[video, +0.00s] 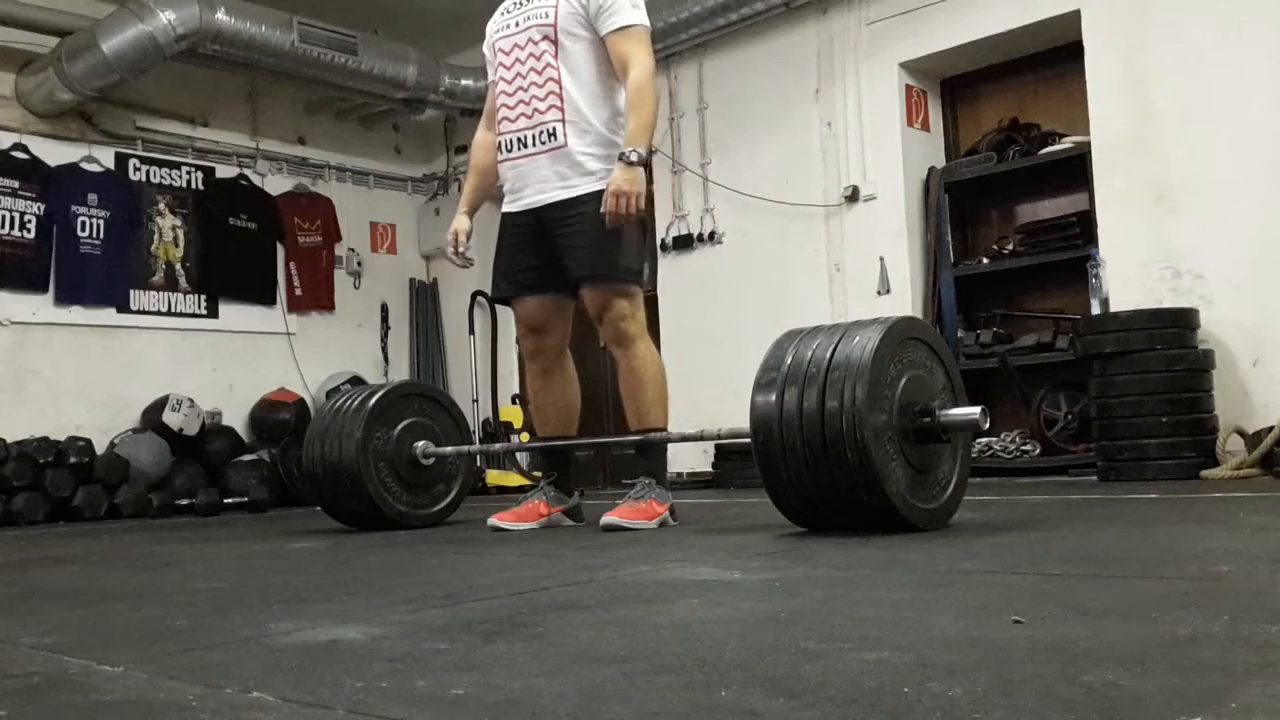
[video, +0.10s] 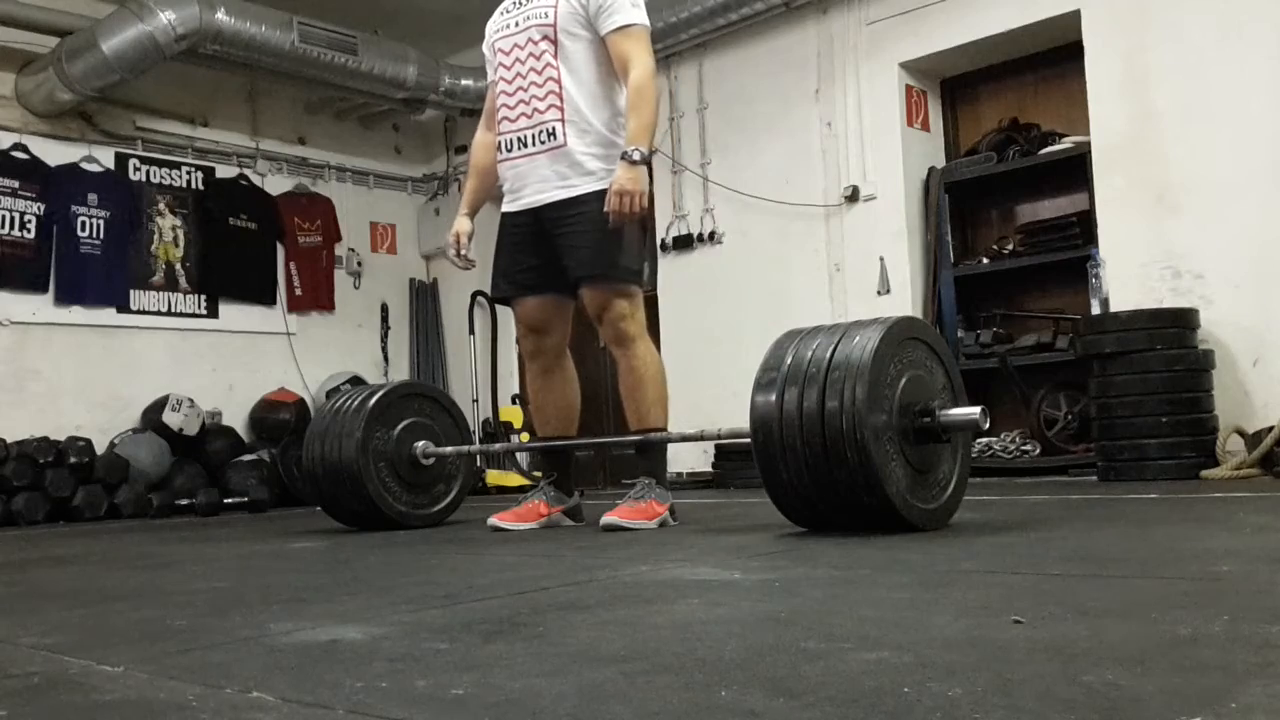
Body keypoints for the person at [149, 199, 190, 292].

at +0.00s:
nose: (162, 211)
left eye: (164, 209)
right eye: (161, 209)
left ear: (167, 208)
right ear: (159, 210)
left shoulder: (174, 220)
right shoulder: (158, 220)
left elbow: (180, 236)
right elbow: (157, 234)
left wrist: (180, 249)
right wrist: (155, 245)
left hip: (171, 244)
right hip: (161, 243)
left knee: (177, 265)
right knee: (159, 262)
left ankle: (183, 283)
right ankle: (159, 277)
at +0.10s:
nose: (162, 211)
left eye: (164, 209)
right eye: (161, 209)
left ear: (167, 208)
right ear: (159, 210)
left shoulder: (174, 220)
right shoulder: (158, 220)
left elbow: (180, 236)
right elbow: (157, 234)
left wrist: (180, 249)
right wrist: (155, 245)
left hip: (172, 244)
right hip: (161, 243)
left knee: (177, 265)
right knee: (159, 262)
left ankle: (183, 283)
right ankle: (159, 277)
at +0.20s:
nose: (162, 211)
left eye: (164, 209)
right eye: (160, 209)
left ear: (167, 208)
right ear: (159, 210)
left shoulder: (174, 220)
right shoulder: (158, 220)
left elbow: (180, 236)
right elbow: (157, 234)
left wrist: (180, 249)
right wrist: (155, 245)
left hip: (172, 244)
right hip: (161, 243)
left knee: (177, 265)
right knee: (160, 262)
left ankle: (183, 283)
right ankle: (159, 277)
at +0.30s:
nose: (162, 211)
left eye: (164, 209)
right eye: (160, 209)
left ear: (167, 208)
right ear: (159, 210)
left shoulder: (174, 220)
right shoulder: (158, 220)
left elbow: (180, 236)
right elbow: (157, 234)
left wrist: (180, 249)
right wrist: (154, 245)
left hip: (172, 244)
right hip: (161, 244)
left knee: (177, 265)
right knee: (159, 262)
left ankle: (183, 283)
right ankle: (159, 277)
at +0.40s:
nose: (162, 211)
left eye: (164, 209)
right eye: (160, 209)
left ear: (167, 208)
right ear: (159, 210)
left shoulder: (174, 220)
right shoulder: (158, 220)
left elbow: (180, 236)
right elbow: (156, 234)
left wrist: (180, 249)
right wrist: (155, 245)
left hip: (172, 244)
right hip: (161, 243)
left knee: (177, 265)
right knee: (159, 262)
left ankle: (183, 283)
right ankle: (159, 277)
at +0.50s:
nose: (162, 211)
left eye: (164, 209)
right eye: (160, 209)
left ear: (167, 208)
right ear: (159, 210)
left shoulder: (174, 220)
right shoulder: (158, 220)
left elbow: (180, 236)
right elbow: (156, 234)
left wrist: (180, 249)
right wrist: (155, 245)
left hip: (172, 244)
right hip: (161, 243)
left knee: (177, 265)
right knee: (159, 262)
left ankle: (183, 283)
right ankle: (159, 277)